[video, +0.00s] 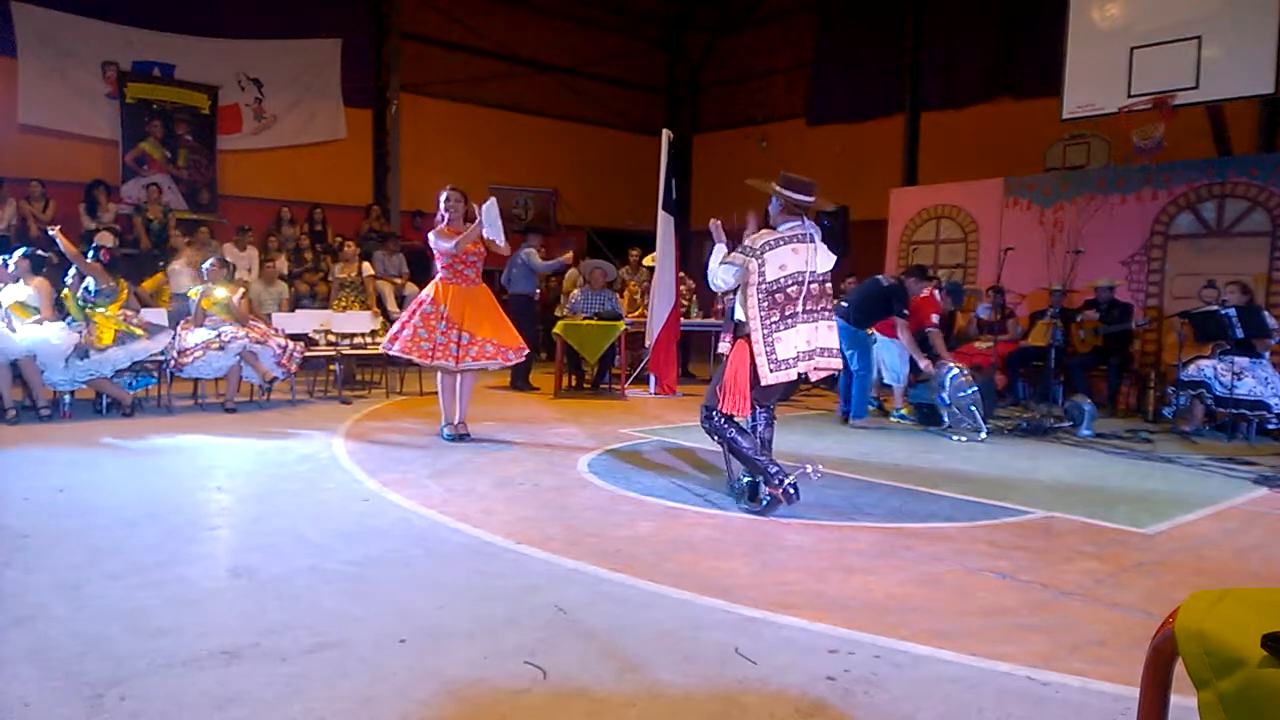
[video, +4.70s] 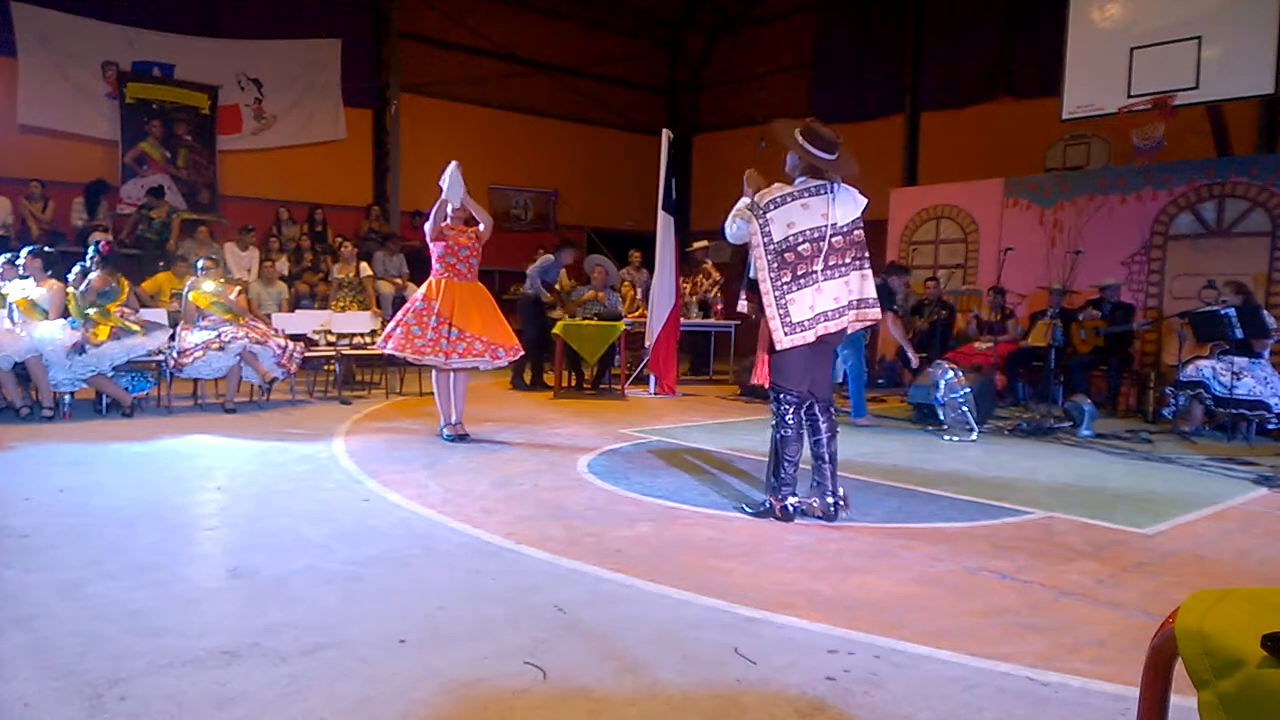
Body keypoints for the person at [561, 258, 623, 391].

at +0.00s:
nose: (598, 280)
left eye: (600, 277)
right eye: (595, 276)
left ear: (605, 279)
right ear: (589, 278)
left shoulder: (611, 295)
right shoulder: (577, 293)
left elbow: (619, 315)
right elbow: (566, 312)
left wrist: (601, 317)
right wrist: (578, 317)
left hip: (602, 331)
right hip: (580, 330)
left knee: (609, 350)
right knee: (571, 347)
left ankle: (597, 381)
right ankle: (579, 377)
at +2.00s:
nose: (587, 279)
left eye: (591, 276)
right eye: (587, 276)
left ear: (600, 279)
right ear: (587, 278)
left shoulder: (611, 296)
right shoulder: (579, 292)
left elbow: (619, 311)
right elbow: (559, 299)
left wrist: (598, 313)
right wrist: (573, 306)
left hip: (602, 331)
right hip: (580, 330)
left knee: (609, 348)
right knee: (571, 346)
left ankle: (597, 380)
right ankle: (579, 377)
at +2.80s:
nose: (581, 281)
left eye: (585, 277)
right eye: (579, 277)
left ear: (594, 279)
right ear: (576, 280)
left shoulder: (608, 294)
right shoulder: (573, 297)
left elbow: (619, 312)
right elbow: (567, 315)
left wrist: (600, 309)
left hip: (602, 331)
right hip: (580, 331)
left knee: (610, 348)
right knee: (570, 344)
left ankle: (597, 381)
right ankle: (579, 377)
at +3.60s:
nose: (594, 276)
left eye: (597, 273)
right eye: (593, 273)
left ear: (605, 278)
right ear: (588, 275)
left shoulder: (612, 297)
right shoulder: (579, 293)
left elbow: (621, 315)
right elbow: (565, 309)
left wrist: (600, 314)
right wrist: (578, 303)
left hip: (603, 332)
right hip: (580, 331)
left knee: (609, 348)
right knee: (571, 345)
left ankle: (597, 381)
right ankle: (579, 379)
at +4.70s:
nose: (595, 276)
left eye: (599, 273)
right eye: (593, 272)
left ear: (606, 277)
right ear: (590, 275)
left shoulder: (613, 296)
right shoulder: (580, 291)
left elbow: (620, 314)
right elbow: (569, 305)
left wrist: (606, 303)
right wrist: (583, 299)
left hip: (603, 329)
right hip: (582, 327)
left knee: (610, 348)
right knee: (570, 345)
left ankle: (597, 379)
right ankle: (579, 376)